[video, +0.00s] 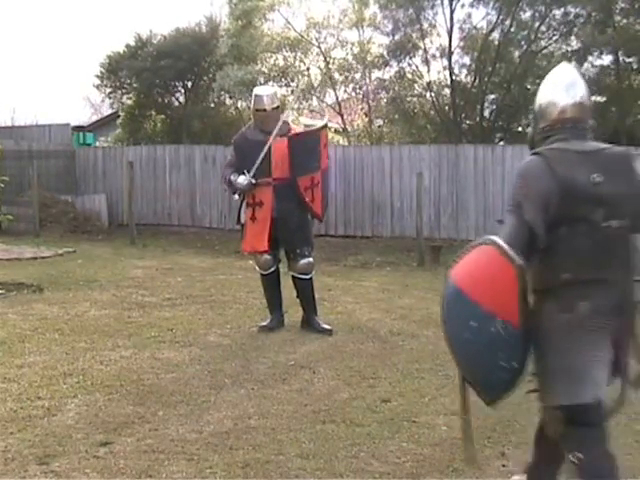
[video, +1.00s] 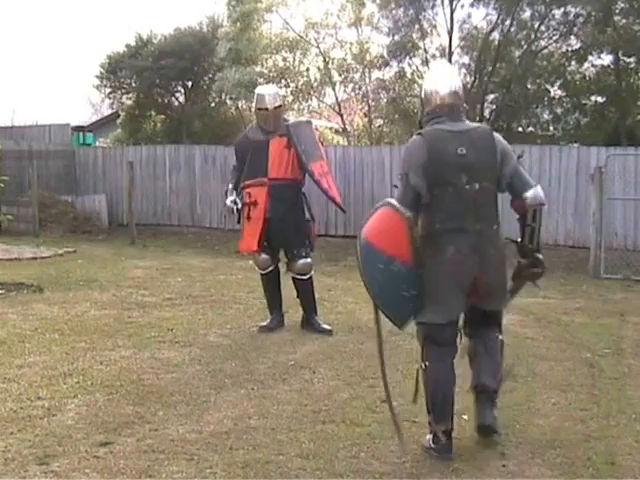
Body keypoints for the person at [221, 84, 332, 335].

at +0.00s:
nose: (265, 115)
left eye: (269, 110)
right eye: (261, 111)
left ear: (278, 109)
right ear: (254, 111)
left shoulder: (293, 135)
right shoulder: (244, 140)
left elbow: (310, 165)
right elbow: (229, 170)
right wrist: (236, 180)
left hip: (293, 206)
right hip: (262, 207)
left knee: (303, 261)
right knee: (265, 260)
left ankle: (310, 316)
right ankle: (276, 316)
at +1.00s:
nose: (267, 116)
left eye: (272, 110)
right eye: (262, 111)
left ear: (281, 109)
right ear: (255, 112)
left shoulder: (294, 135)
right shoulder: (246, 141)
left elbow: (312, 162)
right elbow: (238, 171)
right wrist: (232, 192)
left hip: (291, 207)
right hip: (259, 210)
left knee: (302, 263)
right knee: (264, 261)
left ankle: (310, 316)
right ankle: (276, 315)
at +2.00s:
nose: (260, 117)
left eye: (264, 112)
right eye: (254, 112)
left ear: (271, 111)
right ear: (245, 111)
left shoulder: (285, 134)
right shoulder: (234, 138)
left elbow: (304, 160)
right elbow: (221, 169)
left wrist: (309, 173)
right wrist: (222, 182)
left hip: (285, 198)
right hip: (254, 202)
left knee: (294, 257)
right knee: (264, 257)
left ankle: (266, 299)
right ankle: (275, 313)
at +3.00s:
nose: (271, 118)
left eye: (276, 113)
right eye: (267, 112)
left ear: (281, 113)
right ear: (257, 108)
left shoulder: (283, 138)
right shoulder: (234, 129)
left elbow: (296, 172)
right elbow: (214, 157)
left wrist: (293, 143)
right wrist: (220, 162)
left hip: (266, 199)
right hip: (235, 196)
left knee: (261, 257)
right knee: (221, 249)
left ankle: (256, 308)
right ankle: (208, 306)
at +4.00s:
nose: (210, 117)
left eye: (214, 112)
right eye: (205, 112)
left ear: (218, 112)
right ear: (193, 111)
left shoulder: (223, 137)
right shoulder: (177, 135)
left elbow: (239, 172)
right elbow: (156, 168)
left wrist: (241, 147)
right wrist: (168, 170)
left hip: (225, 201)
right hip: (194, 203)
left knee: (239, 255)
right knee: (193, 257)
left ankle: (238, 308)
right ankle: (195, 311)